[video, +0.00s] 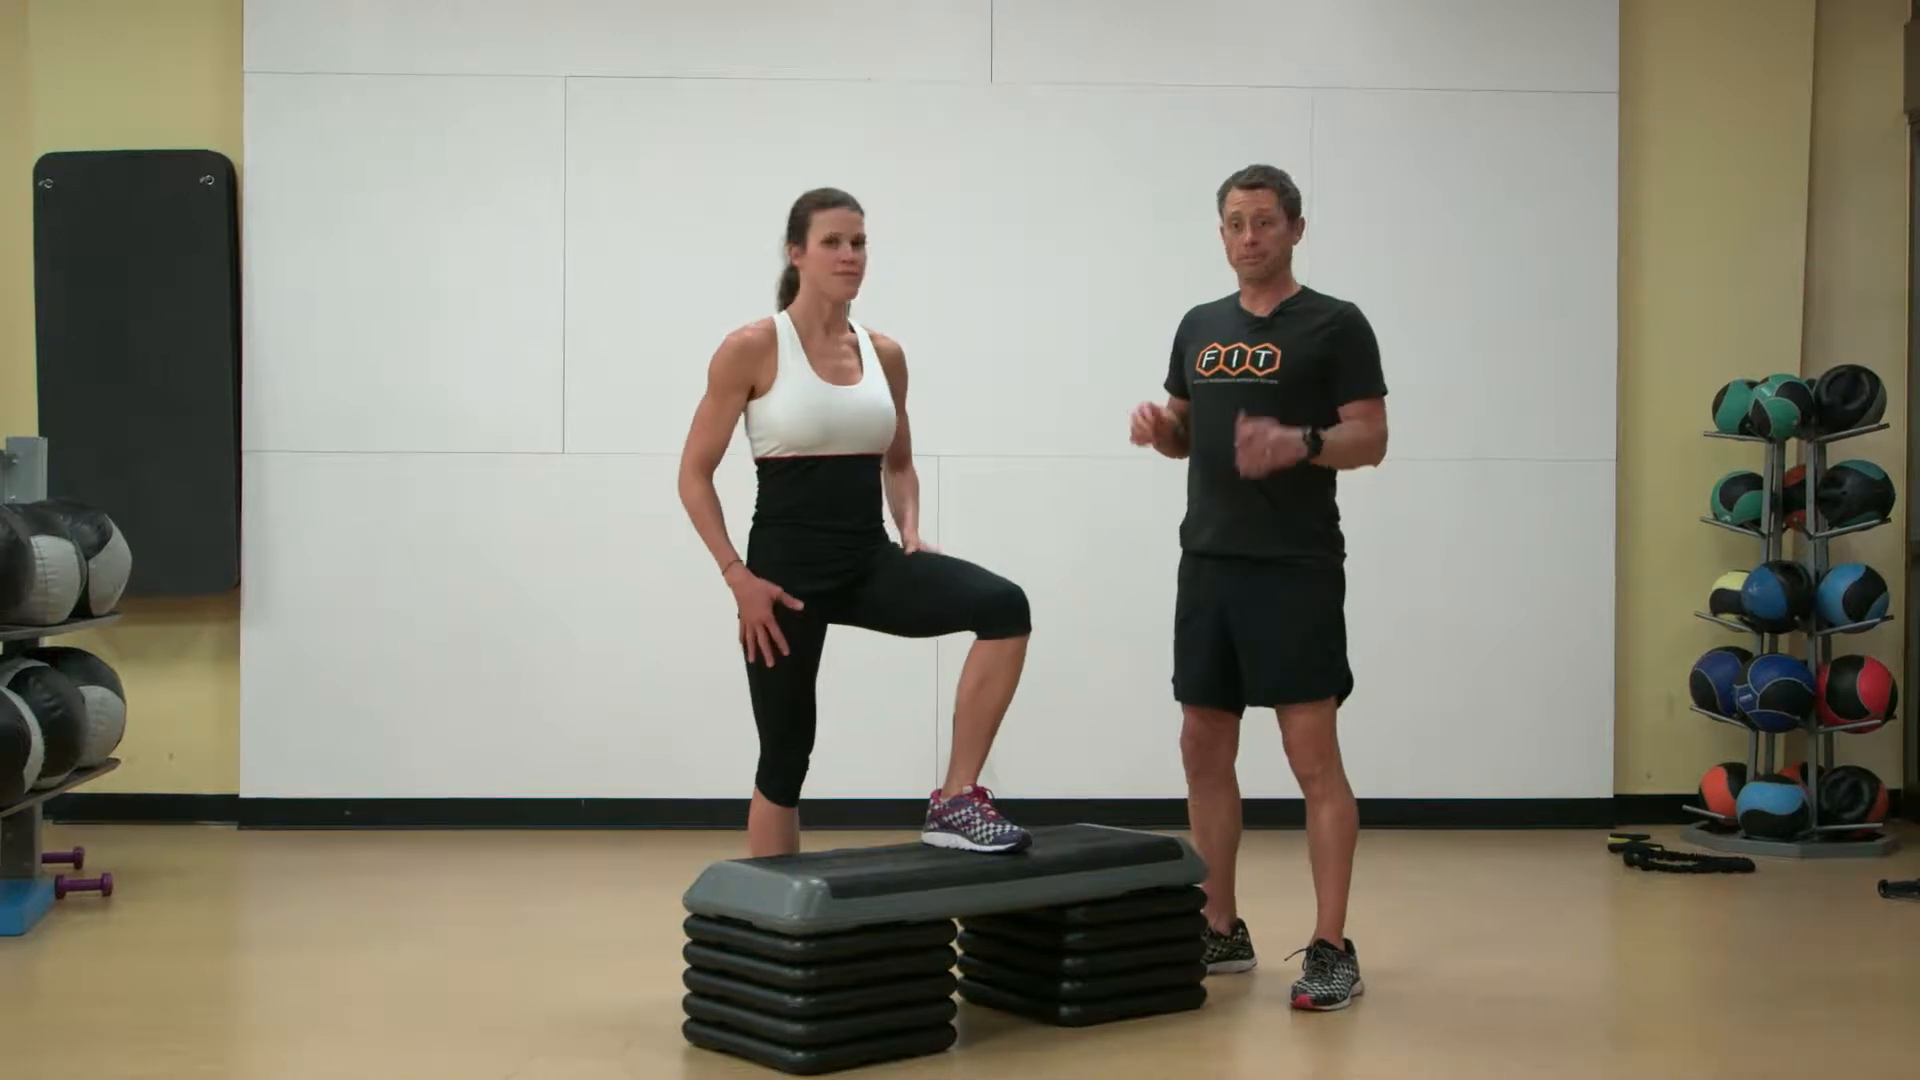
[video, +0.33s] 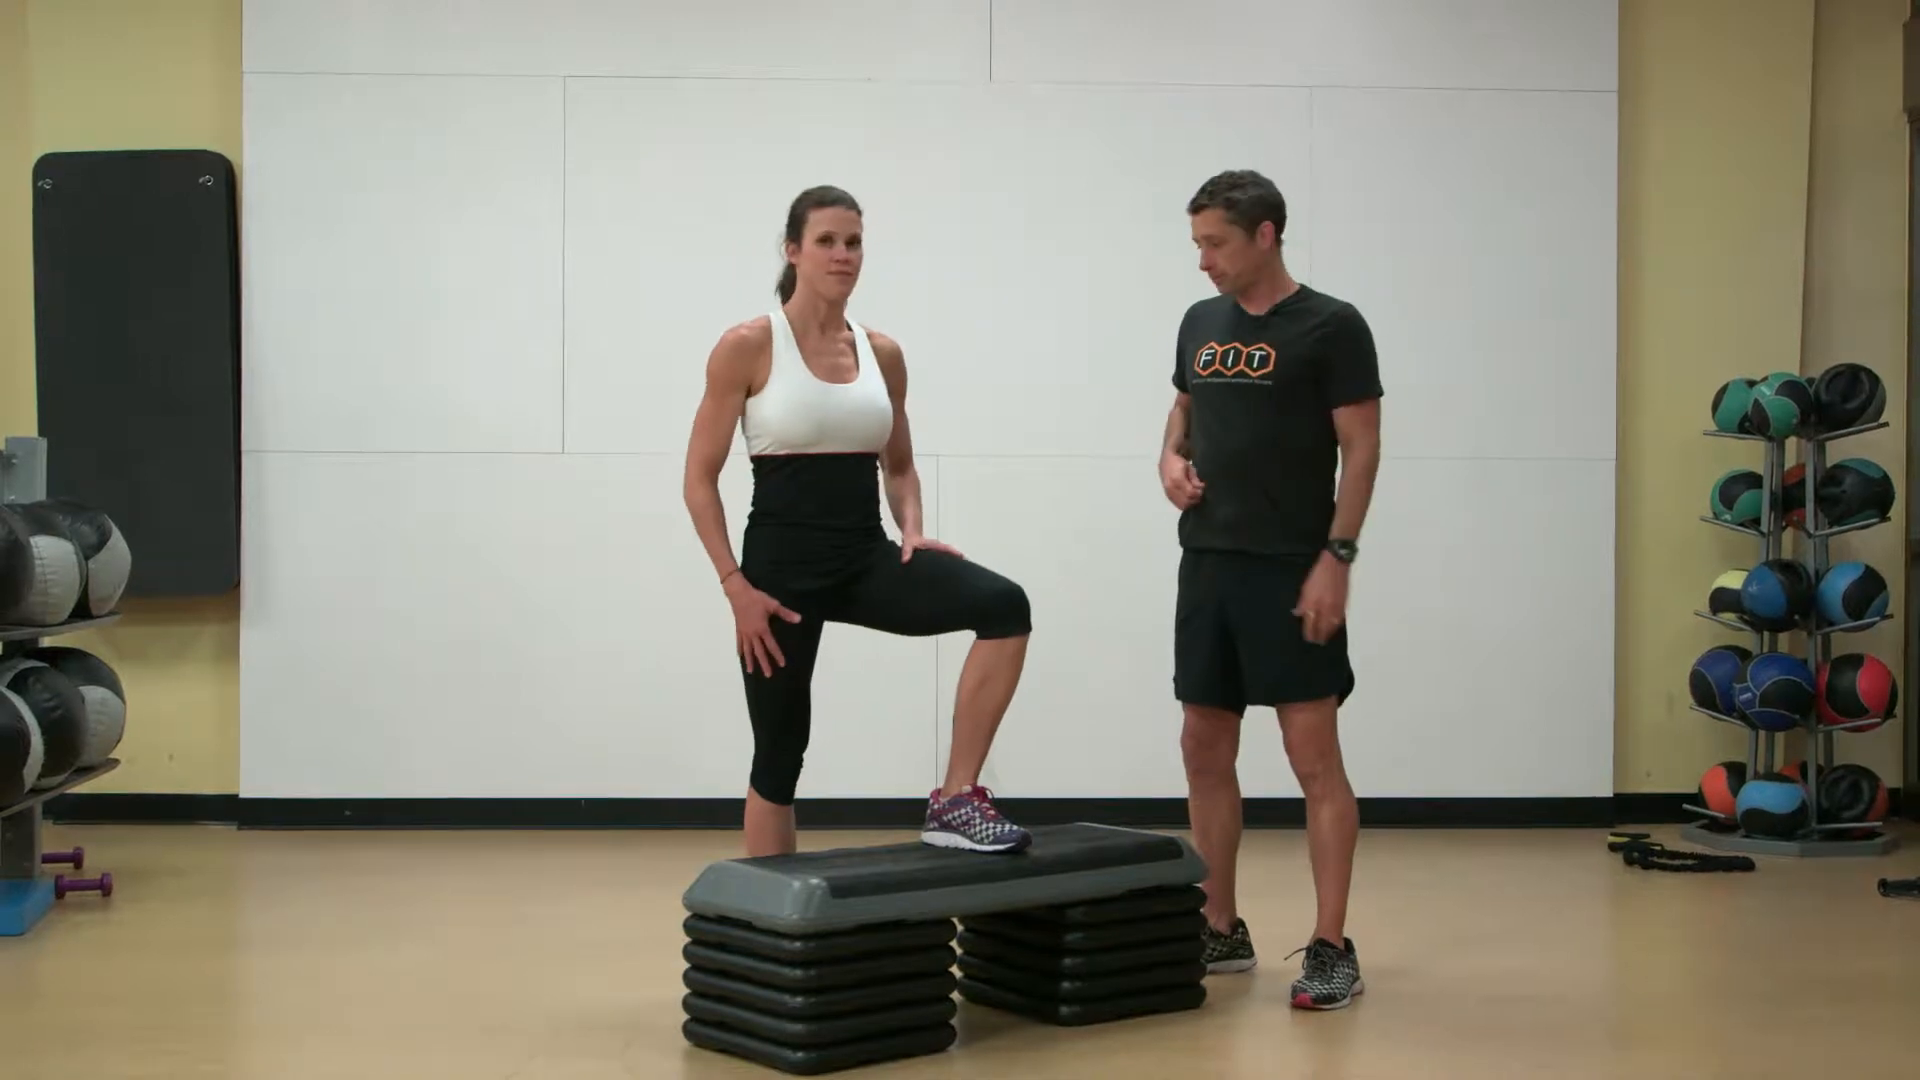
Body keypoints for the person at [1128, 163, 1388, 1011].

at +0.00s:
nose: (1247, 234)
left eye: (1262, 220)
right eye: (1234, 222)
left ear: (1295, 230)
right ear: (1221, 236)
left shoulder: (1336, 325)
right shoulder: (1197, 328)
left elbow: (1370, 440)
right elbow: (1187, 440)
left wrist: (1301, 442)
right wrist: (1162, 432)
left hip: (1296, 570)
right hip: (1208, 566)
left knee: (1312, 756)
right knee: (1204, 749)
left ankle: (1330, 943)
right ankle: (1219, 927)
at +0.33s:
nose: (1203, 259)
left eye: (1215, 245)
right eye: (1198, 246)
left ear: (1267, 236)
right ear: (1206, 246)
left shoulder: (1333, 327)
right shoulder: (1202, 321)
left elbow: (1361, 450)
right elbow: (1186, 404)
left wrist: (1337, 557)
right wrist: (1171, 454)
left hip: (1293, 569)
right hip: (1207, 566)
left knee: (1314, 757)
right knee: (1204, 747)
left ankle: (1329, 943)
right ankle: (1219, 928)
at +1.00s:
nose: (1158, 306)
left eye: (1169, 290)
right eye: (1151, 292)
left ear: (1220, 277)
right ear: (1156, 290)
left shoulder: (1313, 333)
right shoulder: (1163, 368)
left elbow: (1374, 437)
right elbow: (1120, 464)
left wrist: (1331, 534)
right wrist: (1084, 524)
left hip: (1331, 561)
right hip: (1244, 567)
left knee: (1330, 756)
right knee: (1207, 743)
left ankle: (1330, 942)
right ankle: (1218, 928)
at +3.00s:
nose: (1188, 263)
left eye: (1203, 248)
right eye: (1185, 248)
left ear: (1255, 252)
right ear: (1195, 255)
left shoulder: (1330, 340)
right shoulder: (1183, 351)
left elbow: (1376, 456)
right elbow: (1158, 462)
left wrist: (1366, 567)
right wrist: (1129, 533)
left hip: (1321, 577)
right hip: (1231, 575)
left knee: (1326, 768)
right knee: (1207, 752)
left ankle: (1327, 949)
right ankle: (1214, 932)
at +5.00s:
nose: (1212, 279)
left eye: (1223, 262)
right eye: (1202, 266)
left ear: (1267, 248)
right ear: (1198, 263)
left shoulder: (1331, 335)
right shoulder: (1201, 341)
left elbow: (1362, 455)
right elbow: (1183, 452)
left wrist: (1343, 567)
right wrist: (1113, 481)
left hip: (1295, 577)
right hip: (1212, 575)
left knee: (1311, 763)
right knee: (1203, 756)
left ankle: (1327, 951)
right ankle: (1216, 936)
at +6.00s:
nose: (1202, 287)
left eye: (1216, 273)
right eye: (1198, 274)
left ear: (1268, 274)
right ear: (1205, 279)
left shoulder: (1326, 363)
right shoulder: (1193, 368)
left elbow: (1360, 485)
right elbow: (1179, 477)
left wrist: (1339, 591)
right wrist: (1119, 518)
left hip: (1296, 607)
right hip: (1211, 605)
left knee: (1313, 791)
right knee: (1202, 781)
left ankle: (1326, 979)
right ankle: (1215, 962)